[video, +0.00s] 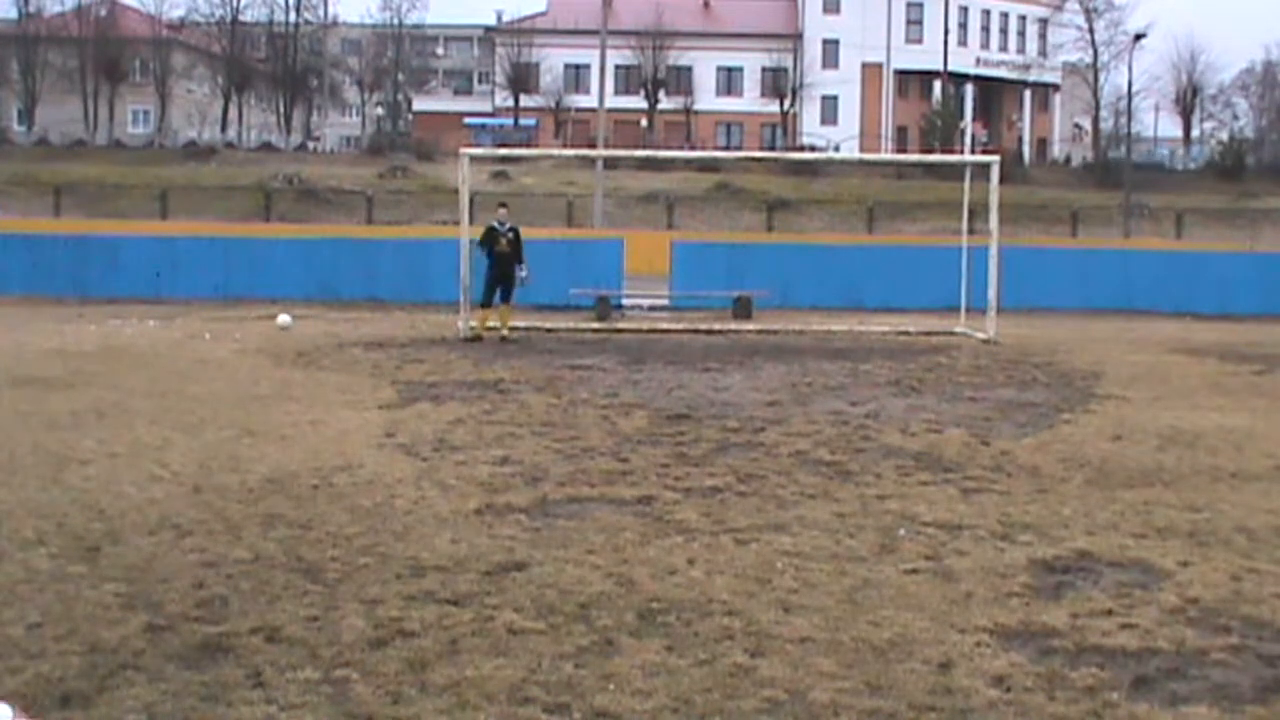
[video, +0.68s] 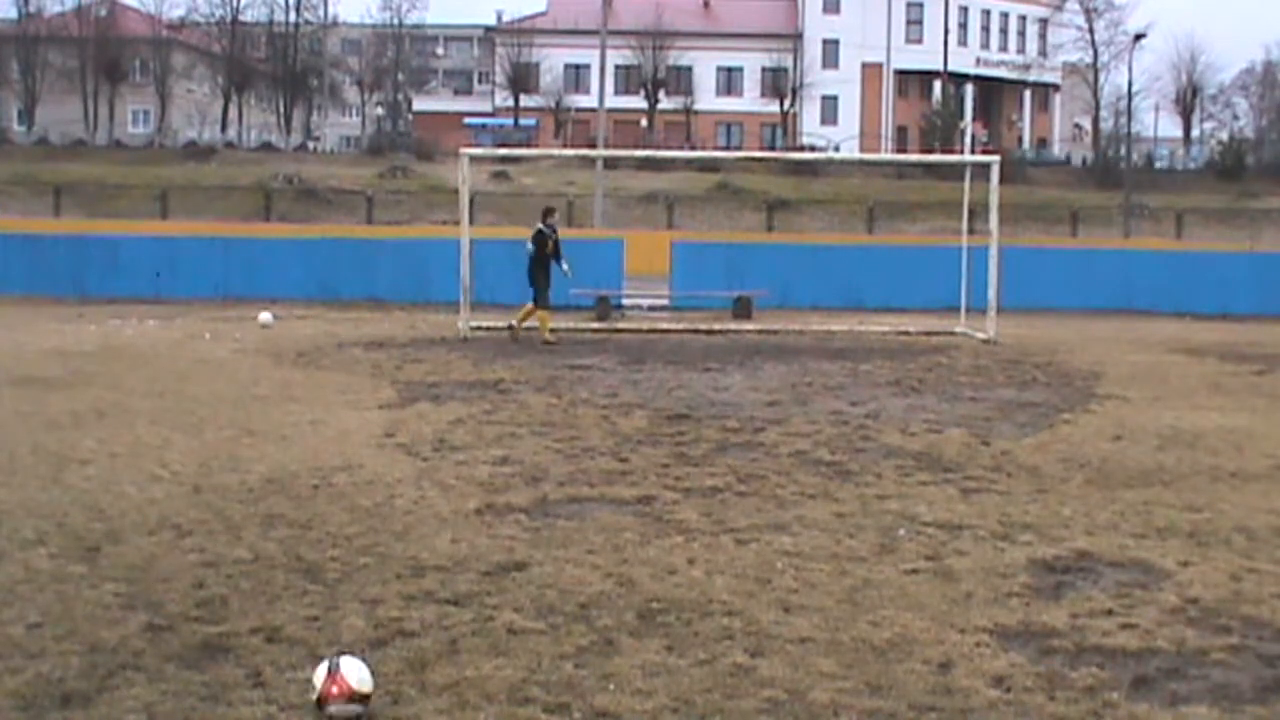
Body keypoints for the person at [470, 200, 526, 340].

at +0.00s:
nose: (503, 216)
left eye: (505, 213)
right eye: (500, 213)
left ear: (508, 214)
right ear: (496, 214)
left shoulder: (514, 231)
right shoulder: (491, 230)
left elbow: (518, 250)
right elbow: (482, 244)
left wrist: (521, 265)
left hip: (509, 268)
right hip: (494, 268)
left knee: (506, 300)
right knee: (487, 300)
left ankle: (504, 327)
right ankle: (481, 328)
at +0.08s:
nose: (507, 215)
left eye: (509, 212)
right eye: (504, 212)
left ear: (512, 214)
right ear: (500, 214)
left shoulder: (517, 231)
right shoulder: (495, 230)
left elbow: (523, 250)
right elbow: (496, 246)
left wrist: (527, 265)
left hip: (512, 268)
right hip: (498, 268)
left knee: (508, 301)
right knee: (490, 300)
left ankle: (504, 329)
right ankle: (483, 329)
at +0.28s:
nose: (523, 215)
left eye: (524, 213)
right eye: (521, 212)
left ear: (524, 214)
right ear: (514, 214)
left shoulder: (527, 230)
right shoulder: (508, 229)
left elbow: (533, 250)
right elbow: (501, 232)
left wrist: (541, 265)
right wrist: (502, 226)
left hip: (521, 266)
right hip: (508, 266)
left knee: (513, 301)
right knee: (509, 301)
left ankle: (507, 331)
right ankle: (505, 332)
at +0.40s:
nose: (533, 219)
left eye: (533, 216)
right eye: (531, 216)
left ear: (532, 218)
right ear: (525, 216)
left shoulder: (532, 232)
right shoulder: (516, 230)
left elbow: (540, 250)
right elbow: (510, 233)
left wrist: (549, 266)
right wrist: (509, 228)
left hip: (526, 267)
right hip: (515, 267)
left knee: (515, 300)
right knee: (522, 298)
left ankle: (505, 329)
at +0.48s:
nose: (539, 221)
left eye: (539, 218)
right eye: (537, 218)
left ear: (536, 218)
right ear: (532, 218)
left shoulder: (538, 234)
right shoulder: (521, 231)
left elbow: (545, 251)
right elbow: (517, 235)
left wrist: (555, 268)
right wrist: (515, 230)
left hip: (530, 270)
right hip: (521, 269)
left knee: (517, 301)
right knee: (530, 301)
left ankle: (505, 329)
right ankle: (540, 333)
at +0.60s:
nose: (548, 221)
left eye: (549, 219)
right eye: (547, 218)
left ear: (546, 219)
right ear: (541, 218)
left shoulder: (546, 234)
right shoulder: (533, 233)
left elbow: (552, 252)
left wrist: (560, 266)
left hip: (538, 270)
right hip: (530, 269)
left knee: (526, 301)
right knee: (538, 301)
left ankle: (508, 327)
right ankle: (545, 334)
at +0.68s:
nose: (555, 221)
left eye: (556, 218)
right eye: (553, 217)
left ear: (553, 219)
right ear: (547, 218)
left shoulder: (553, 233)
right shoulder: (538, 233)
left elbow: (556, 253)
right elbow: (534, 251)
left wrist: (562, 264)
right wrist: (530, 249)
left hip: (546, 268)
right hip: (537, 269)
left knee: (538, 301)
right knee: (542, 301)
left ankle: (517, 323)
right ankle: (545, 333)